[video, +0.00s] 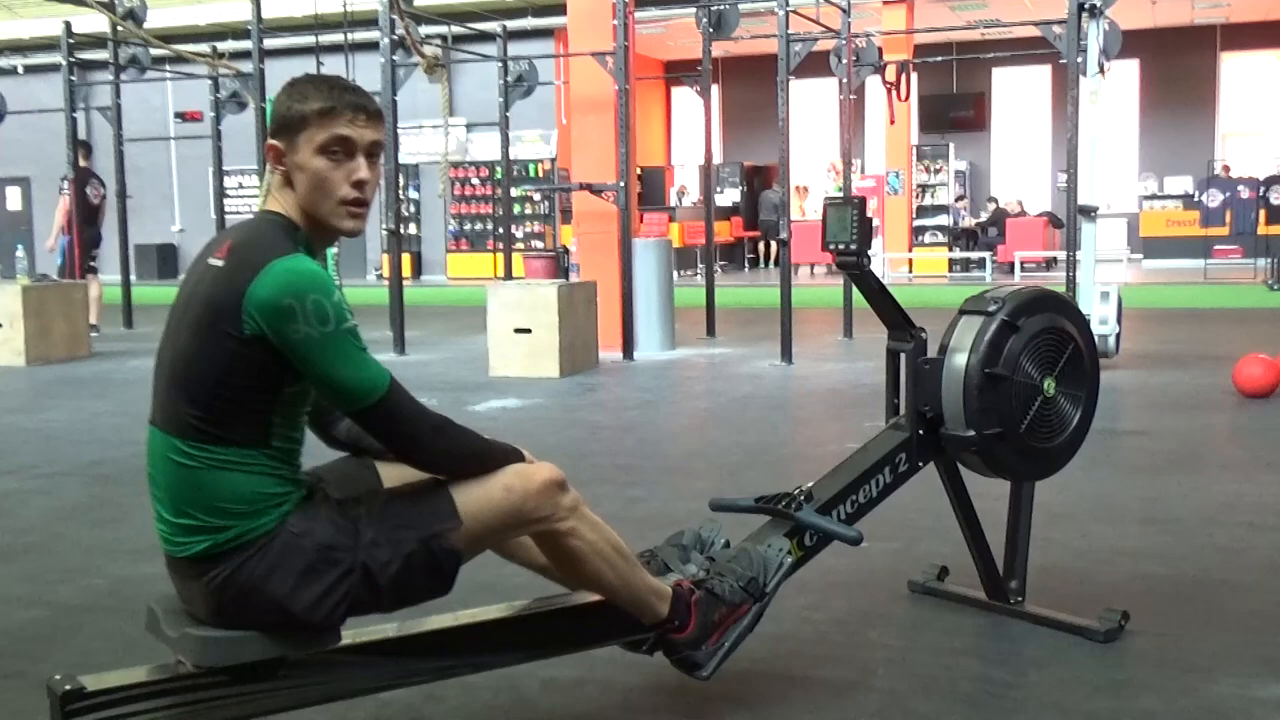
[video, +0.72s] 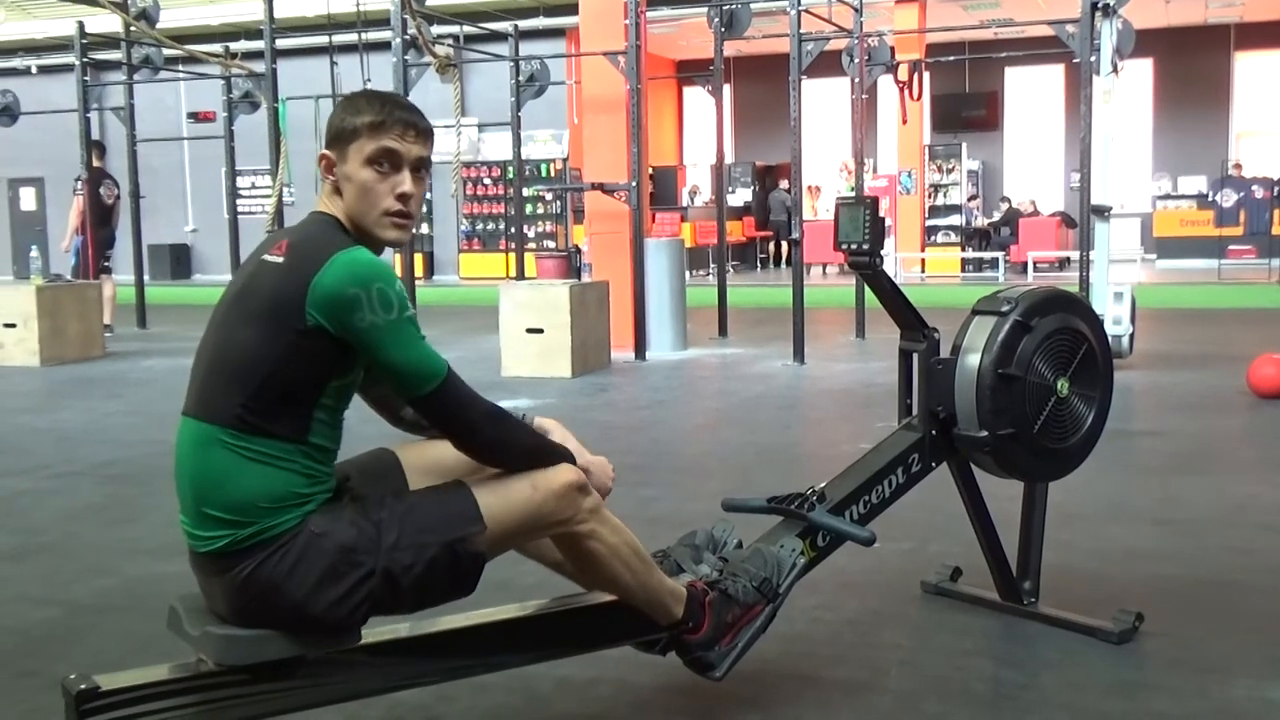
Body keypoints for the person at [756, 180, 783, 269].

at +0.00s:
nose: (777, 188)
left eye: (776, 185)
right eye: (778, 187)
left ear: (772, 185)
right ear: (779, 187)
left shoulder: (763, 194)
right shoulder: (779, 196)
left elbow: (759, 207)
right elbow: (780, 210)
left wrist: (760, 216)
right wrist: (781, 220)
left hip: (762, 219)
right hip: (773, 219)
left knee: (761, 240)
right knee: (773, 241)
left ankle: (761, 261)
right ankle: (771, 262)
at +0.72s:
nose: (788, 185)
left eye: (788, 183)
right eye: (787, 183)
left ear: (779, 184)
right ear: (782, 184)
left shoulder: (771, 195)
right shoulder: (786, 195)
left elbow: (769, 207)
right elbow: (789, 207)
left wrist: (770, 214)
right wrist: (792, 213)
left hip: (772, 219)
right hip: (783, 219)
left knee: (771, 241)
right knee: (784, 241)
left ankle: (771, 261)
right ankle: (783, 262)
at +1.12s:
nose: (786, 183)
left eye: (785, 181)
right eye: (785, 181)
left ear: (779, 182)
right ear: (787, 182)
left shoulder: (776, 192)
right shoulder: (790, 193)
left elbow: (773, 205)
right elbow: (794, 206)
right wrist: (798, 217)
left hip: (778, 217)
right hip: (788, 217)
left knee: (782, 239)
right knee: (793, 238)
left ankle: (784, 259)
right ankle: (797, 258)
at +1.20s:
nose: (785, 182)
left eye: (784, 180)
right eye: (785, 180)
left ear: (779, 181)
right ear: (787, 181)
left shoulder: (774, 191)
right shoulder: (790, 192)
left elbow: (771, 204)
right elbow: (794, 205)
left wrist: (773, 215)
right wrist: (798, 217)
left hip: (778, 216)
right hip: (788, 217)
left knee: (781, 238)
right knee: (792, 237)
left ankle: (783, 259)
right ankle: (796, 256)